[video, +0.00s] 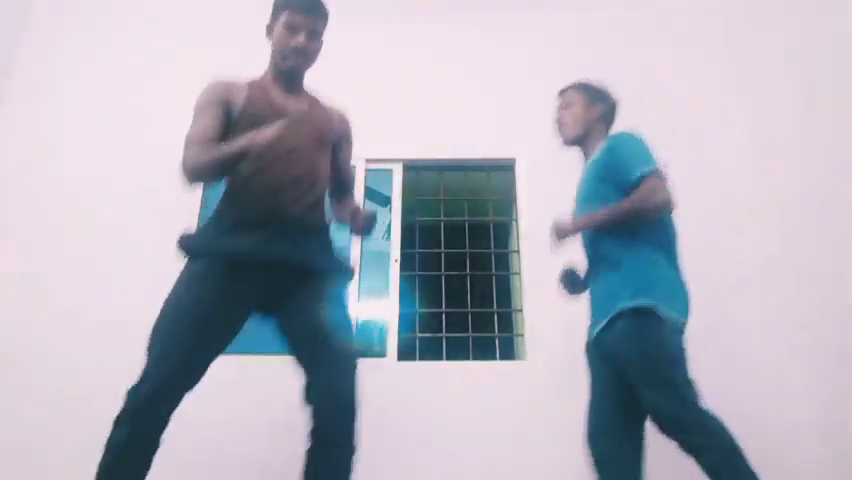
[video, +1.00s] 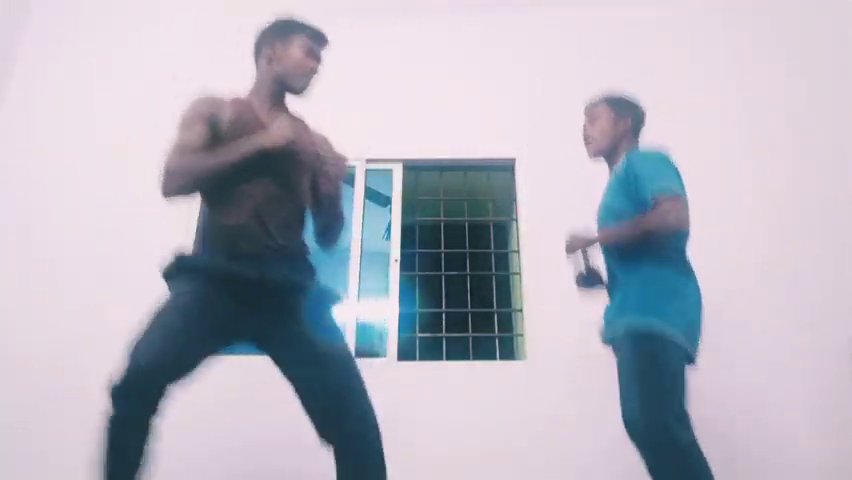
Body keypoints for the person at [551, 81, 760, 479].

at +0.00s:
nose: (558, 117)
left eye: (567, 107)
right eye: (558, 110)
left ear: (597, 111)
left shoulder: (621, 144)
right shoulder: (594, 173)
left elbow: (657, 194)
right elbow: (627, 249)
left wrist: (579, 222)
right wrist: (587, 276)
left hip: (640, 306)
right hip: (610, 318)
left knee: (679, 416)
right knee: (611, 443)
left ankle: (741, 475)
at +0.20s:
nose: (532, 159)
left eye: (540, 148)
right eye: (530, 152)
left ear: (570, 151)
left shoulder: (607, 187)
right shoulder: (567, 219)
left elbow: (653, 238)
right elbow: (598, 302)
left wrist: (569, 262)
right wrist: (560, 317)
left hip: (621, 344)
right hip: (578, 355)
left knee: (645, 441)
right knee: (559, 462)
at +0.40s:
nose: (541, 114)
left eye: (548, 104)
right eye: (539, 108)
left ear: (580, 104)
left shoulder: (616, 137)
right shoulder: (570, 174)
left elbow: (669, 190)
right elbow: (593, 242)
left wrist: (587, 217)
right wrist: (555, 254)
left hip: (621, 301)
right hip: (575, 311)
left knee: (635, 412)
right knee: (581, 432)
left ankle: (668, 475)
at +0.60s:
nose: (565, 138)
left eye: (574, 127)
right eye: (565, 130)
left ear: (606, 132)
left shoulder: (644, 180)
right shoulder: (590, 213)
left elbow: (678, 242)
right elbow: (613, 297)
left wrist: (585, 268)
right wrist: (570, 302)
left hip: (640, 359)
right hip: (596, 361)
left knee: (621, 467)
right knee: (568, 469)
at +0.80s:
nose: (575, 113)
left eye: (583, 104)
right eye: (575, 106)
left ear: (616, 108)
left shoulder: (642, 147)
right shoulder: (606, 173)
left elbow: (664, 204)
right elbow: (632, 244)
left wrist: (587, 214)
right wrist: (587, 250)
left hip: (641, 313)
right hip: (609, 318)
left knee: (640, 433)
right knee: (608, 433)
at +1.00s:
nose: (584, 130)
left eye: (593, 120)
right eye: (585, 123)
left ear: (623, 123)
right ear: (614, 126)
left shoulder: (647, 160)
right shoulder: (619, 183)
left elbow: (673, 214)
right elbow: (644, 267)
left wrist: (595, 238)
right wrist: (602, 278)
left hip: (655, 309)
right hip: (632, 314)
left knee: (656, 423)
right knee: (645, 423)